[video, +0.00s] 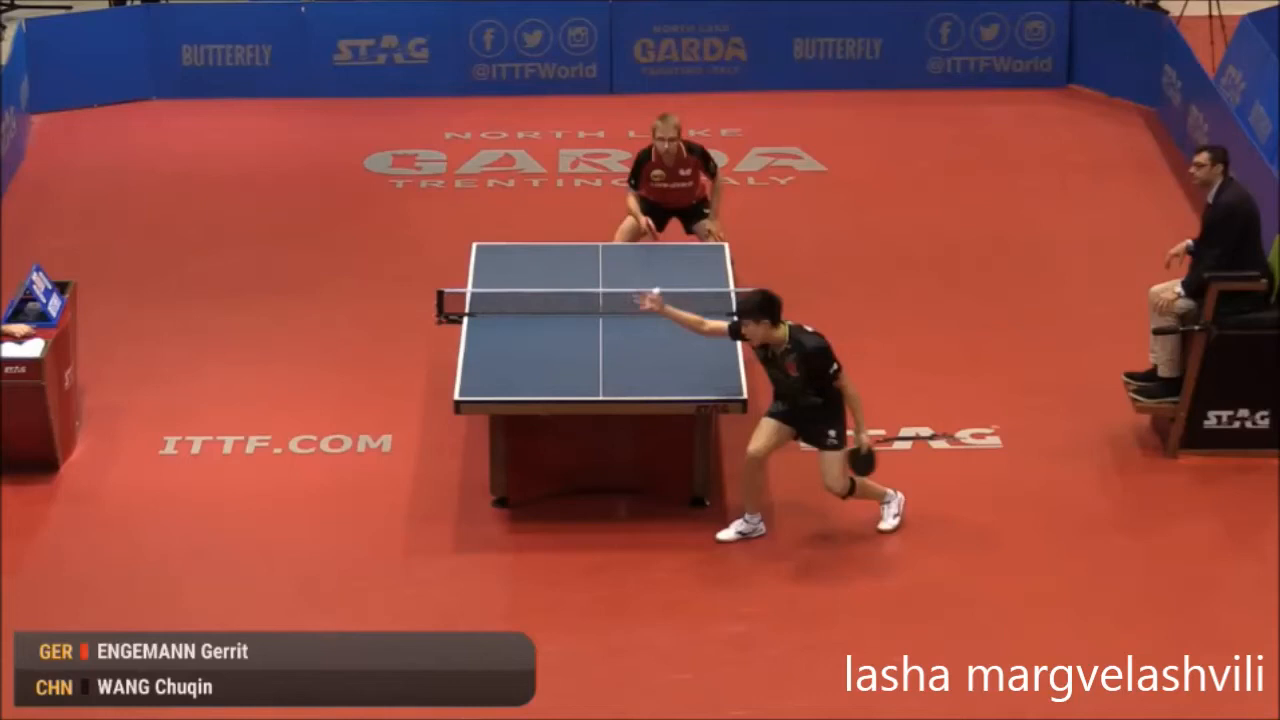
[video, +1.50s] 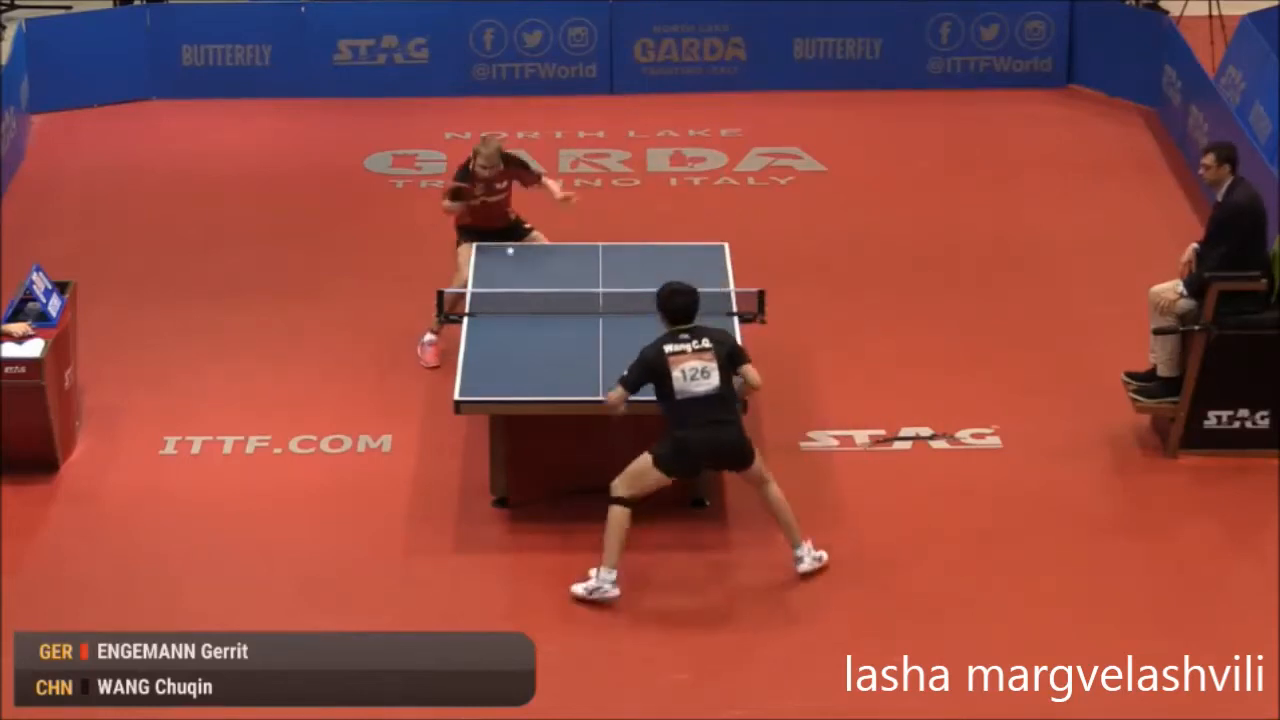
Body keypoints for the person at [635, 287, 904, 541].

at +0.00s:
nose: (743, 331)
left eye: (747, 325)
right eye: (742, 325)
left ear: (767, 324)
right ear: (754, 324)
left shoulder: (812, 346)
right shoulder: (754, 336)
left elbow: (846, 388)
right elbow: (705, 326)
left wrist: (862, 433)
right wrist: (663, 308)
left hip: (825, 411)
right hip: (787, 407)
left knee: (836, 484)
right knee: (754, 453)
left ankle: (890, 498)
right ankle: (752, 520)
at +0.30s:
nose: (775, 307)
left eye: (782, 303)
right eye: (776, 302)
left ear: (801, 307)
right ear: (782, 304)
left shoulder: (839, 325)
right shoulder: (777, 316)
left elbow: (875, 355)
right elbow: (733, 302)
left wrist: (887, 402)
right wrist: (691, 291)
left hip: (849, 387)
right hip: (808, 383)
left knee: (861, 455)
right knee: (772, 437)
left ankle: (893, 504)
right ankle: (757, 513)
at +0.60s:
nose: (762, 336)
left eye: (767, 332)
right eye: (760, 330)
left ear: (786, 328)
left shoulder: (822, 327)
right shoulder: (771, 327)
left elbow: (872, 342)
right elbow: (747, 320)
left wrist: (839, 353)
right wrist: (721, 322)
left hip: (841, 385)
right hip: (802, 379)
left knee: (860, 460)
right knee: (750, 412)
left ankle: (893, 503)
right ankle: (785, 480)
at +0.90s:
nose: (695, 303)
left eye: (695, 297)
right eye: (693, 297)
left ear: (704, 299)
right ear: (724, 286)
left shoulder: (736, 315)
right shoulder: (746, 297)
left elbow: (749, 343)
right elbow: (785, 307)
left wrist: (701, 333)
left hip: (795, 388)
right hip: (777, 382)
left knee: (771, 471)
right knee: (743, 422)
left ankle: (850, 484)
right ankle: (769, 493)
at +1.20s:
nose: (683, 278)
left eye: (684, 274)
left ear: (689, 279)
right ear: (719, 271)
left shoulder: (692, 312)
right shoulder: (745, 295)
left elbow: (665, 358)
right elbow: (778, 331)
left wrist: (631, 340)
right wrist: (793, 337)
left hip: (725, 404)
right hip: (761, 396)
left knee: (672, 468)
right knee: (766, 449)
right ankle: (780, 519)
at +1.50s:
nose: (664, 312)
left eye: (662, 308)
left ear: (661, 314)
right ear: (695, 310)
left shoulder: (655, 352)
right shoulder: (719, 338)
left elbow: (614, 400)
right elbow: (754, 381)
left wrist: (620, 406)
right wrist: (738, 393)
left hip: (684, 444)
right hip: (731, 439)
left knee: (621, 490)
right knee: (765, 483)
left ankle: (605, 577)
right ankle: (803, 552)